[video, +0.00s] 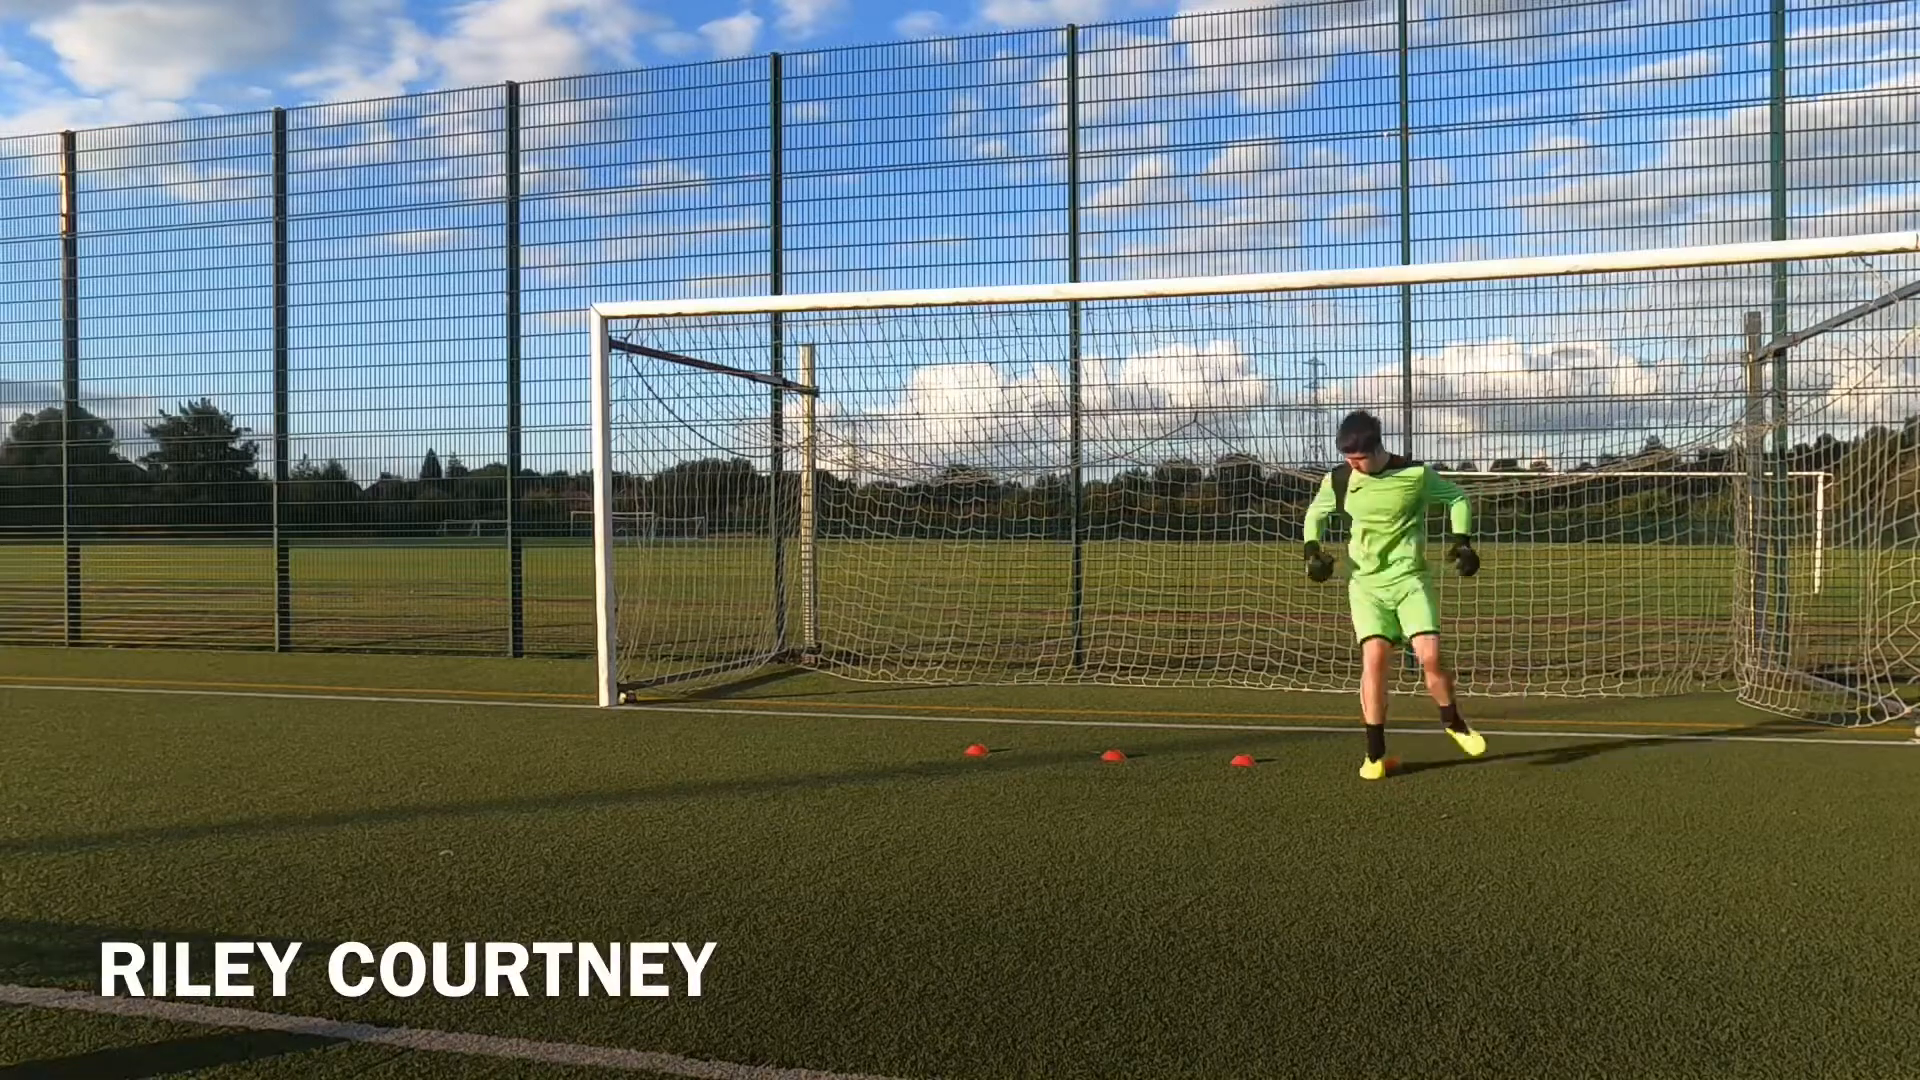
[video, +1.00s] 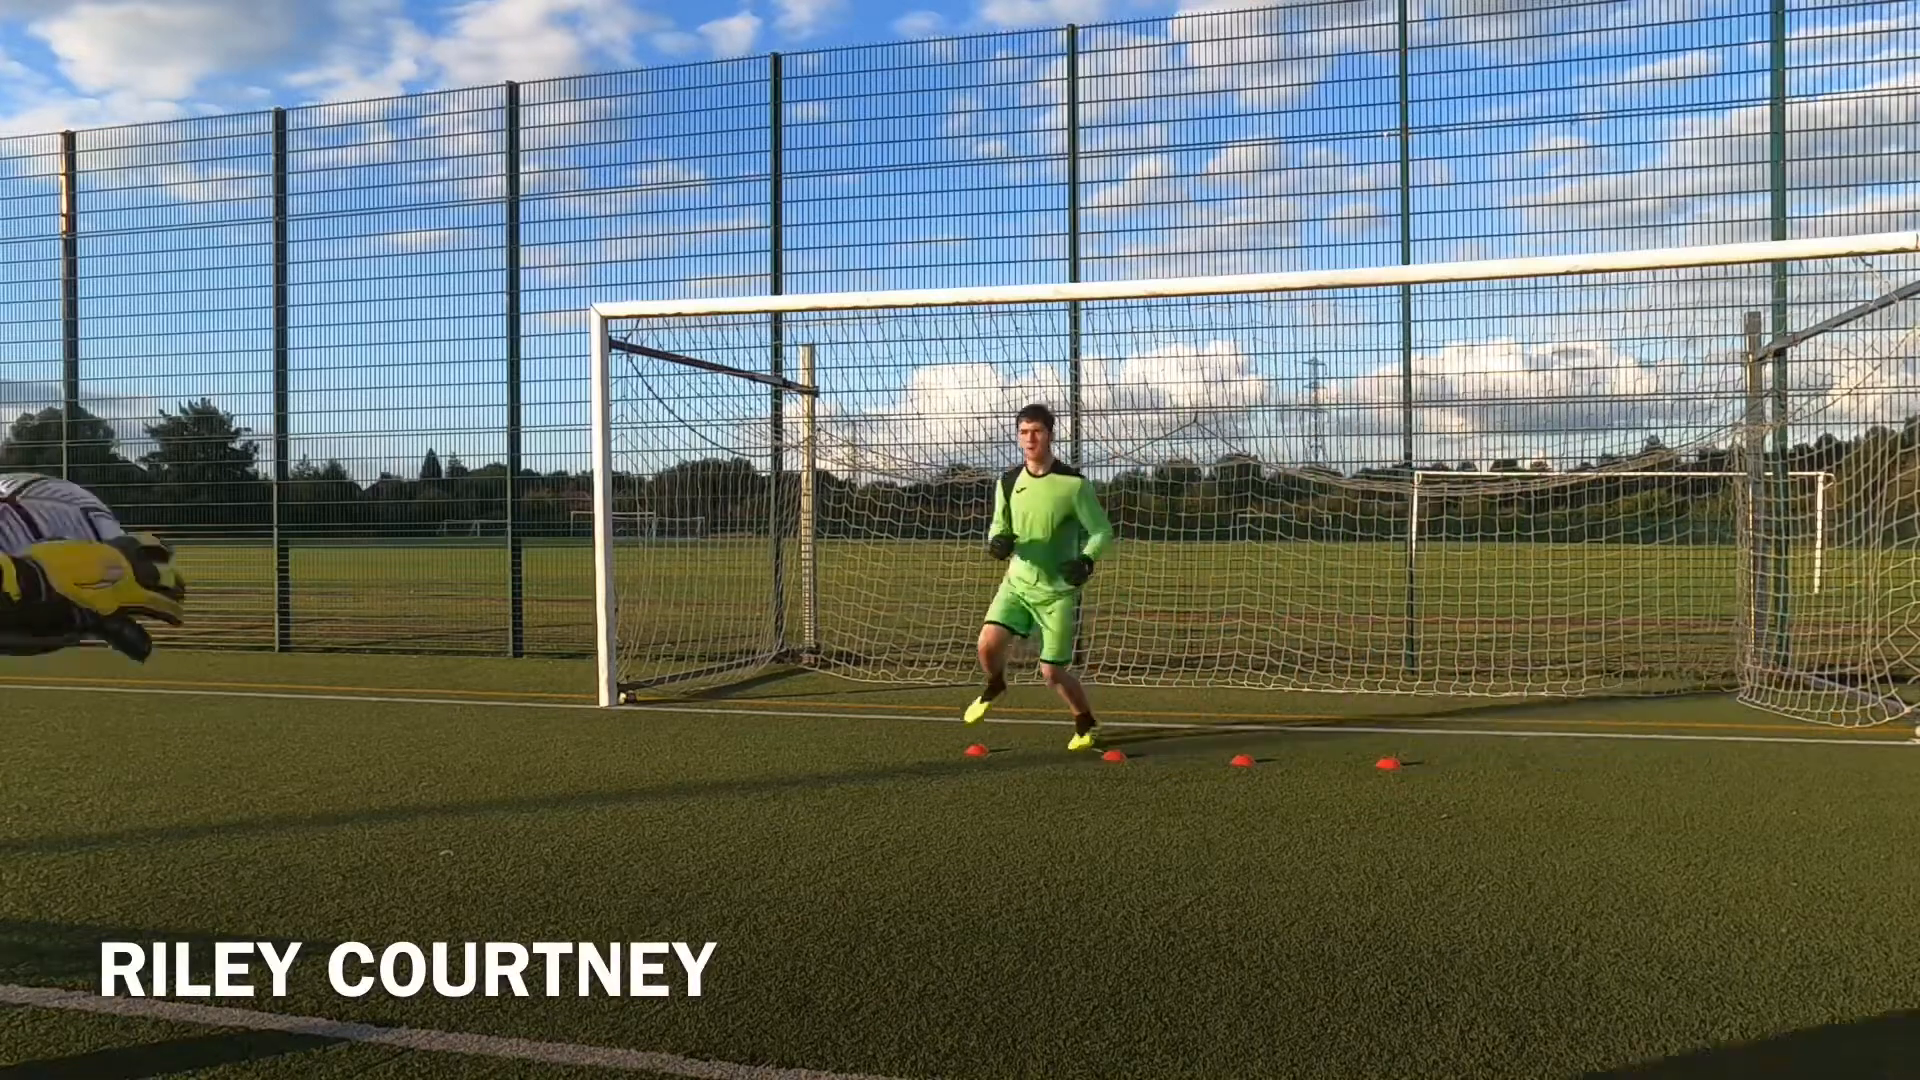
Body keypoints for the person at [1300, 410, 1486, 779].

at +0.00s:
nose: (1354, 463)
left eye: (1360, 456)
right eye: (1349, 456)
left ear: (1378, 447)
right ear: (1343, 452)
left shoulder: (1416, 476)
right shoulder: (1339, 480)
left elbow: (1457, 498)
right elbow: (1315, 514)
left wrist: (1461, 540)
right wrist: (1313, 548)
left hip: (1410, 581)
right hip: (1366, 585)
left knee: (1431, 655)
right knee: (1375, 654)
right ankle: (1375, 753)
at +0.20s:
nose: (1286, 470)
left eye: (1292, 463)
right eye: (1281, 463)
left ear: (1312, 455)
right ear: (1278, 459)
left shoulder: (1349, 486)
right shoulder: (1280, 487)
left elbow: (1392, 522)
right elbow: (1269, 524)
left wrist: (1372, 554)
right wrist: (1253, 544)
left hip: (1351, 583)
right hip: (1308, 583)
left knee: (1346, 670)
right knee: (1292, 645)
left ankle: (1373, 742)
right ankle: (1302, 717)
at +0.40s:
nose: (1206, 452)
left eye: (1210, 444)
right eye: (1202, 445)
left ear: (1231, 435)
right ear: (1204, 442)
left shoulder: (1274, 470)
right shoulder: (1213, 471)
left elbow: (1316, 500)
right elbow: (1209, 509)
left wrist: (1309, 546)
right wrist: (1199, 545)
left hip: (1273, 579)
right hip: (1235, 580)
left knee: (1264, 658)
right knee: (1235, 660)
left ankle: (1309, 700)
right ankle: (1253, 726)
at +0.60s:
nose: (1139, 459)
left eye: (1144, 450)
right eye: (1134, 452)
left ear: (1163, 445)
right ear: (1132, 452)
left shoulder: (1202, 485)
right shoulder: (1147, 485)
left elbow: (1241, 528)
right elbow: (1143, 525)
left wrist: (1232, 575)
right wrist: (1125, 558)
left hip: (1199, 584)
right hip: (1165, 581)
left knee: (1168, 660)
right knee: (1117, 639)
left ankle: (1197, 753)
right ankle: (1141, 720)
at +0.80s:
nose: (1091, 439)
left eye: (1097, 431)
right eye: (1084, 433)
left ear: (1113, 431)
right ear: (1078, 436)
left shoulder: (1137, 476)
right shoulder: (1071, 472)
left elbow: (1168, 525)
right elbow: (1056, 513)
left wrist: (1147, 552)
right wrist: (1054, 534)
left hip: (1120, 575)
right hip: (1079, 574)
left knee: (1111, 641)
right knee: (1072, 645)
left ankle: (1133, 727)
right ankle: (1084, 733)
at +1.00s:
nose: (1030, 438)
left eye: (1036, 432)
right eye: (1024, 432)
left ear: (1050, 435)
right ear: (1017, 438)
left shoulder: (1075, 485)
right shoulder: (1007, 483)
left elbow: (1103, 532)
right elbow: (999, 524)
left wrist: (1086, 559)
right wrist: (997, 541)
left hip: (1057, 593)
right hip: (1016, 584)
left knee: (1051, 670)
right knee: (987, 645)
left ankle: (1086, 722)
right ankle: (995, 686)